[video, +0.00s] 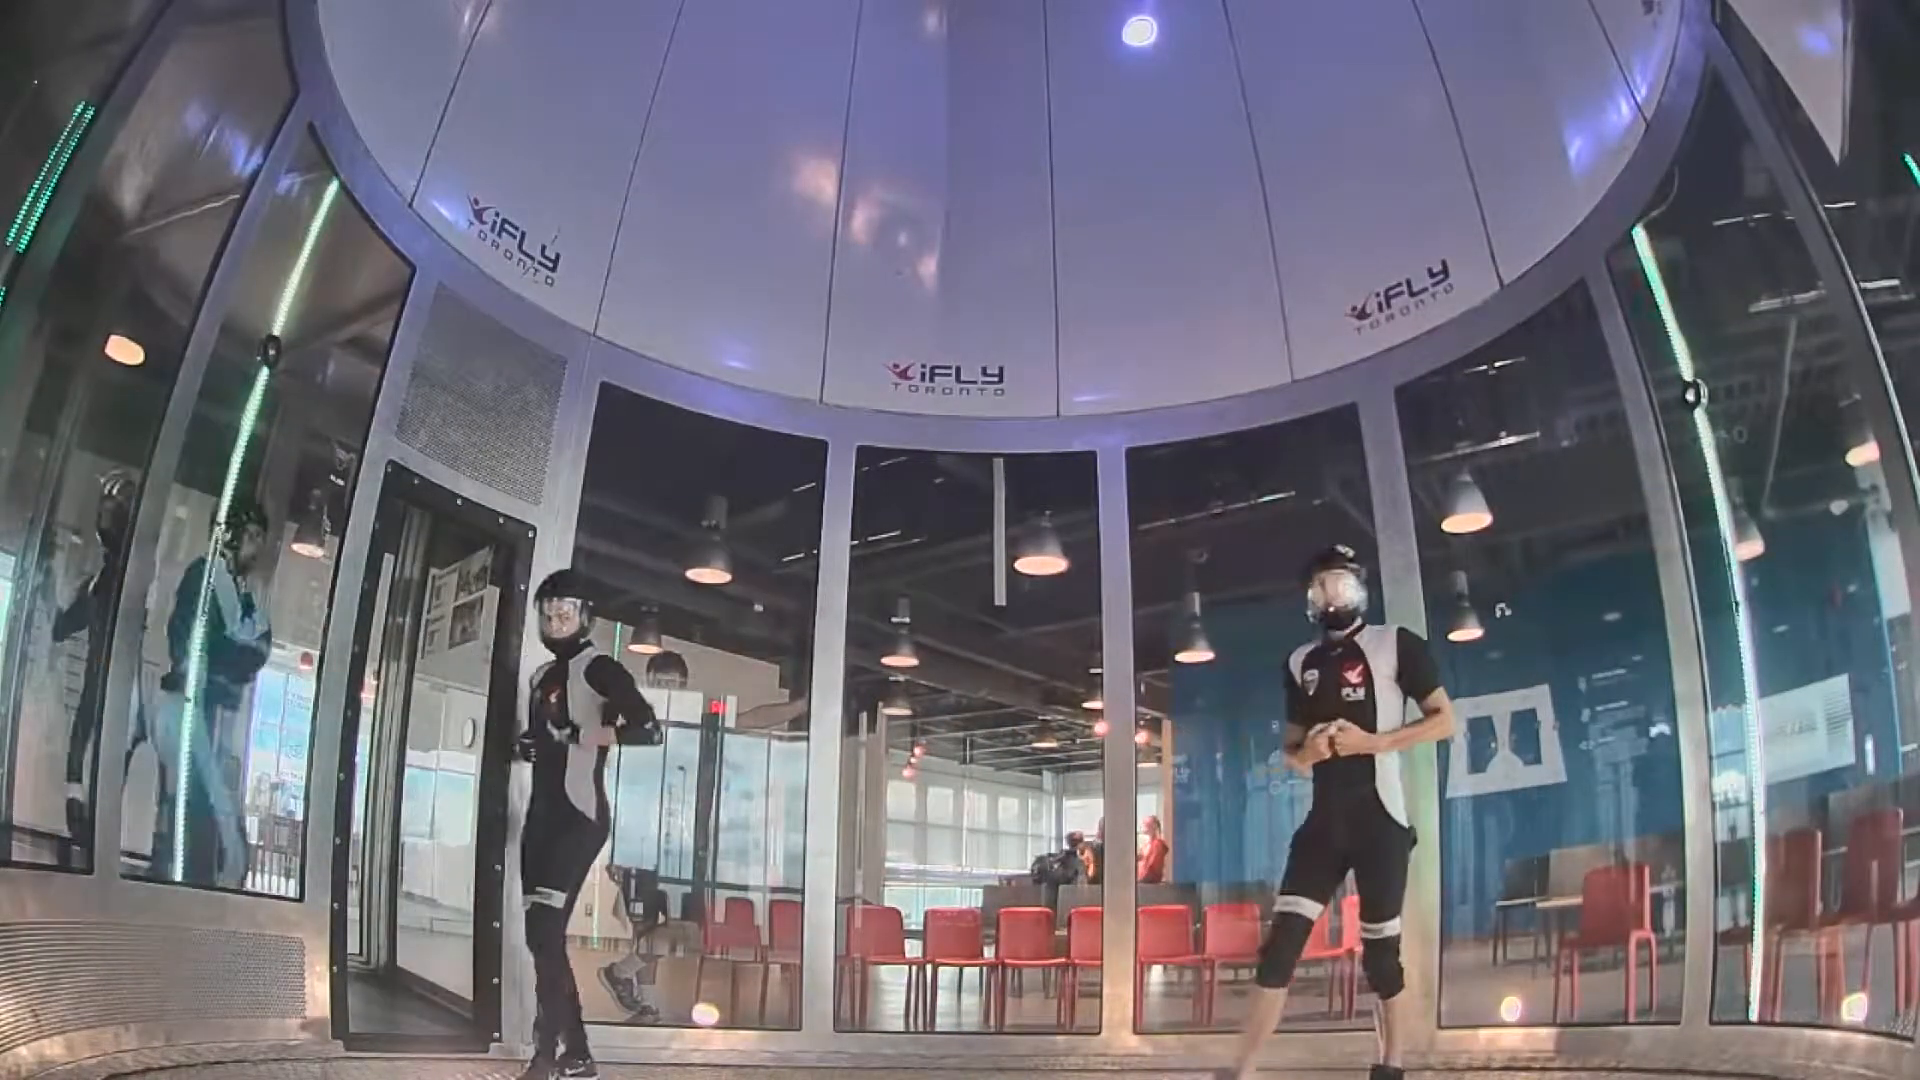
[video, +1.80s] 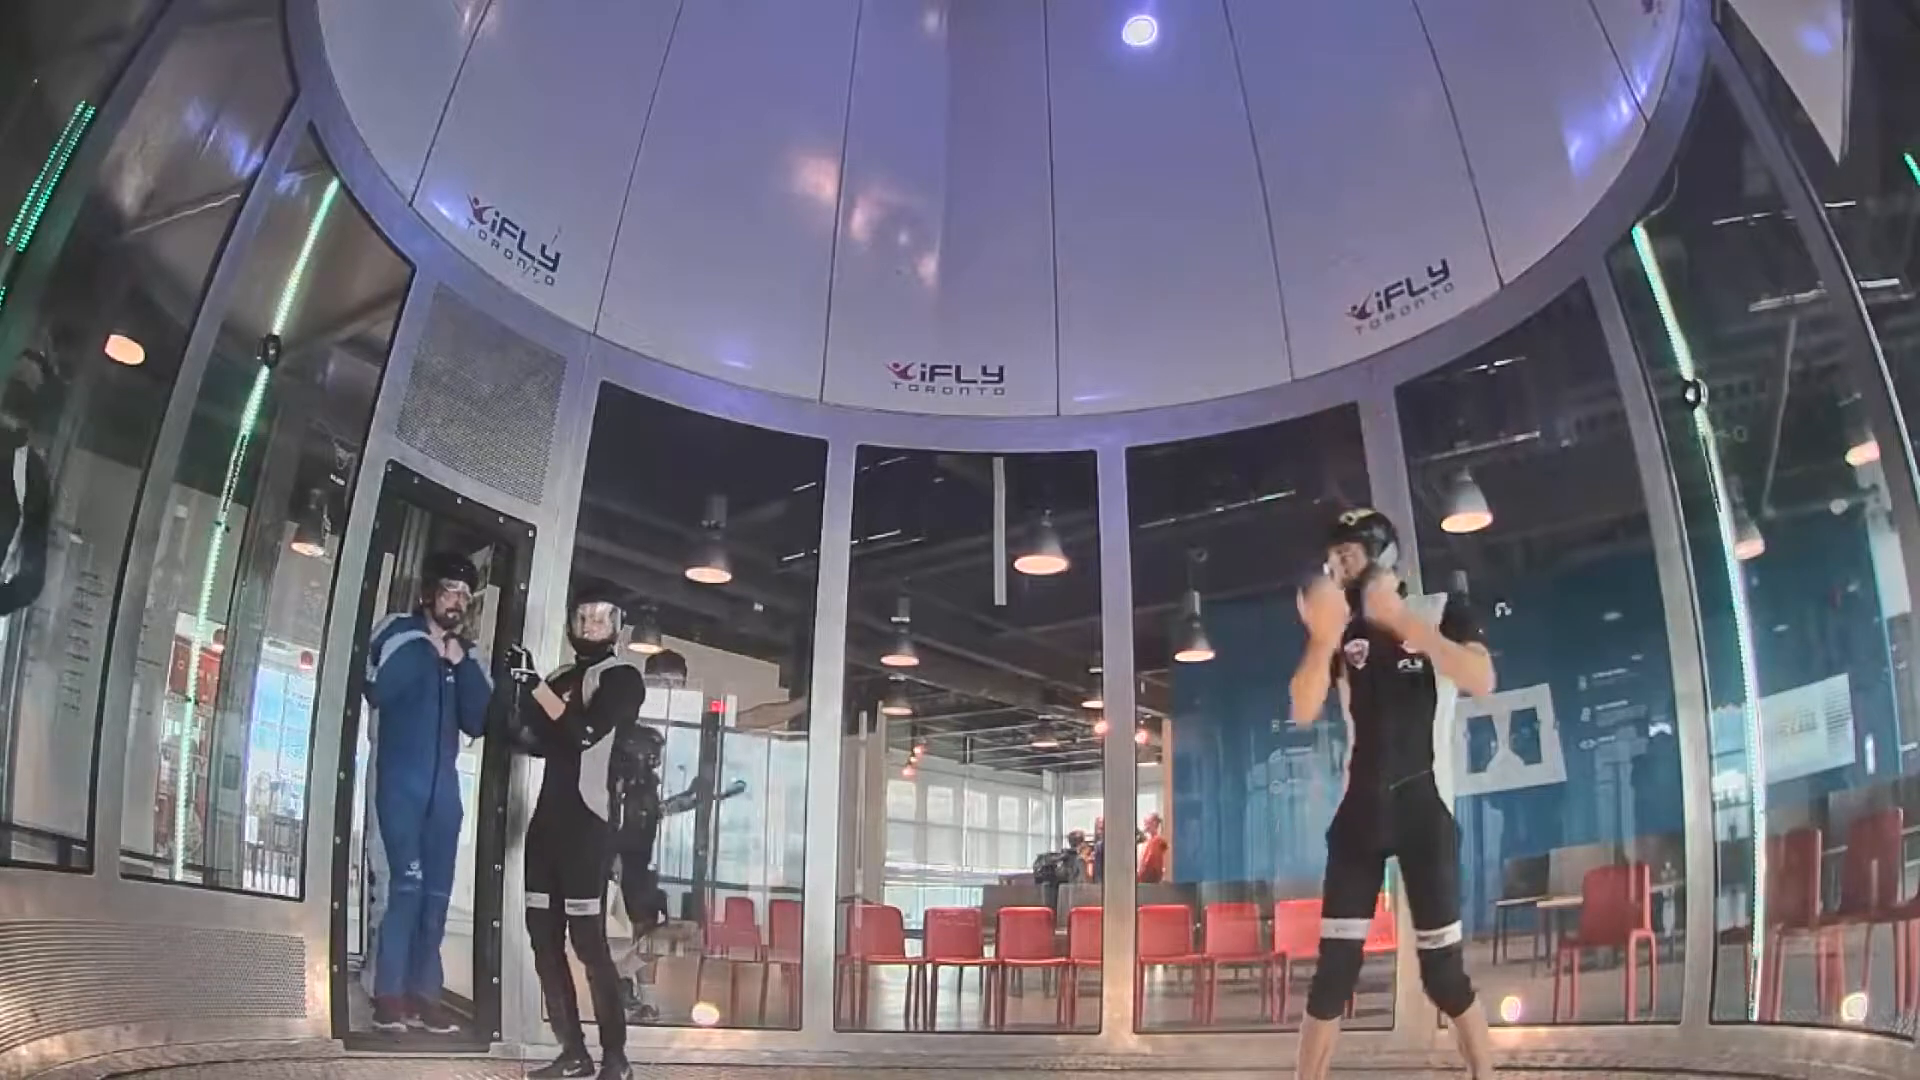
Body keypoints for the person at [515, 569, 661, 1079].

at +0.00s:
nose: (558, 617)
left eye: (568, 608)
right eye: (550, 608)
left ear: (585, 615)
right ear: (540, 615)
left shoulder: (597, 667)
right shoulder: (540, 677)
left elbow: (650, 729)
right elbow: (540, 741)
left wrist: (586, 733)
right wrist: (518, 746)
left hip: (582, 812)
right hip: (543, 809)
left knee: (544, 930)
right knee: (542, 932)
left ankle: (548, 1053)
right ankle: (576, 1052)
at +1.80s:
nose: (590, 627)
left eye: (600, 619)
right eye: (583, 618)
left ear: (616, 625)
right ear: (571, 624)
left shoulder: (623, 675)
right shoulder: (563, 676)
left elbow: (587, 736)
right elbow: (537, 739)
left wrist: (538, 689)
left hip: (589, 820)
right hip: (548, 816)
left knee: (588, 938)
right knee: (544, 935)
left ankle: (614, 1057)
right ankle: (574, 1051)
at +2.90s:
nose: (564, 627)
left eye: (574, 619)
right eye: (563, 619)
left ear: (601, 622)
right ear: (571, 622)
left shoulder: (620, 681)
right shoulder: (565, 681)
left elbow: (607, 765)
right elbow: (565, 754)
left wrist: (541, 748)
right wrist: (524, 747)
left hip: (591, 822)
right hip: (551, 817)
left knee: (591, 939)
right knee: (551, 939)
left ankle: (615, 1057)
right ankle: (576, 1054)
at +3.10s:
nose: (577, 630)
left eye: (587, 622)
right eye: (575, 621)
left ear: (615, 625)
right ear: (583, 623)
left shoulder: (626, 686)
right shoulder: (574, 685)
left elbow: (586, 755)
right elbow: (559, 753)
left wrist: (536, 726)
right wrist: (515, 728)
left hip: (593, 827)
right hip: (555, 821)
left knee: (587, 942)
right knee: (551, 939)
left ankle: (616, 1060)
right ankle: (577, 1055)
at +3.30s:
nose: (592, 630)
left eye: (603, 622)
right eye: (591, 621)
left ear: (631, 628)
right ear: (593, 625)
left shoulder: (642, 688)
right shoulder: (577, 686)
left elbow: (610, 758)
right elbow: (557, 750)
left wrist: (549, 724)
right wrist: (520, 724)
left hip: (599, 826)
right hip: (556, 819)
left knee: (573, 943)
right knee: (551, 943)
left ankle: (615, 1050)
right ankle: (578, 1056)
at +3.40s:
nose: (595, 629)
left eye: (606, 622)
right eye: (593, 620)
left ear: (632, 627)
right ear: (591, 625)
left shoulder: (644, 689)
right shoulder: (577, 686)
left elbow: (613, 763)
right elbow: (556, 749)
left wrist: (553, 732)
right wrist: (527, 725)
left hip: (600, 825)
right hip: (556, 817)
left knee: (576, 941)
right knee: (551, 943)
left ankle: (618, 1051)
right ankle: (578, 1058)